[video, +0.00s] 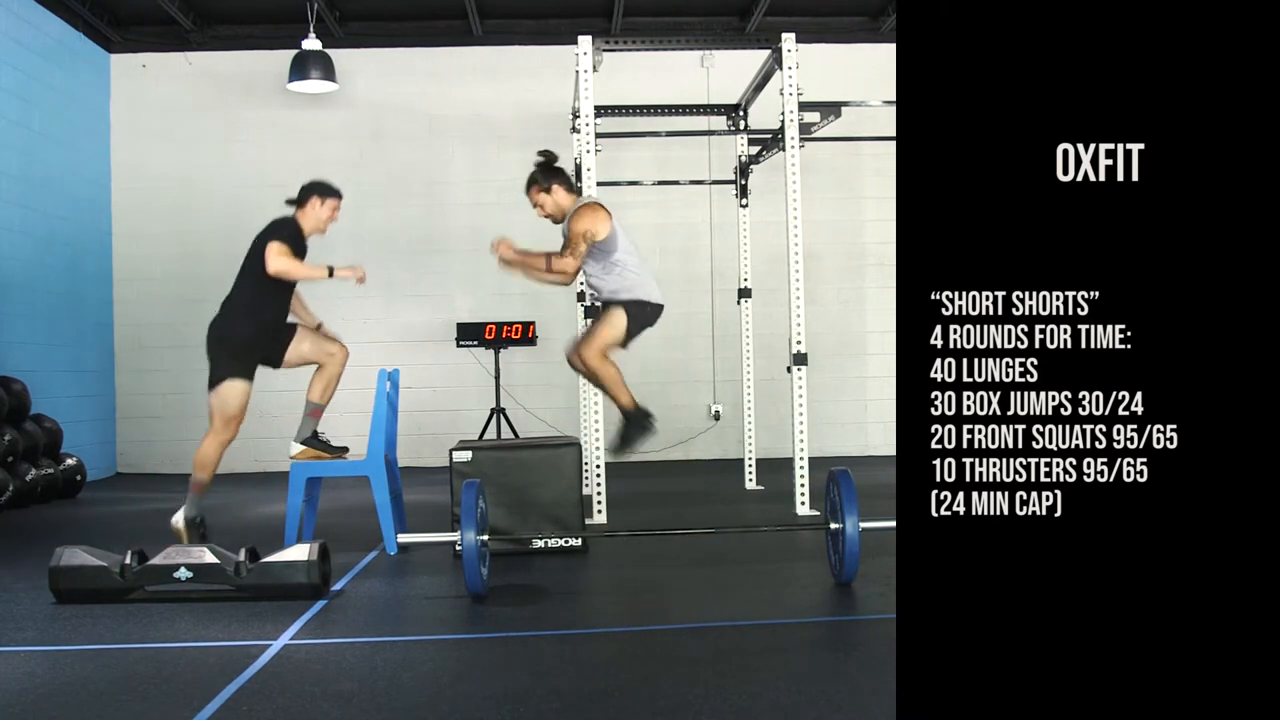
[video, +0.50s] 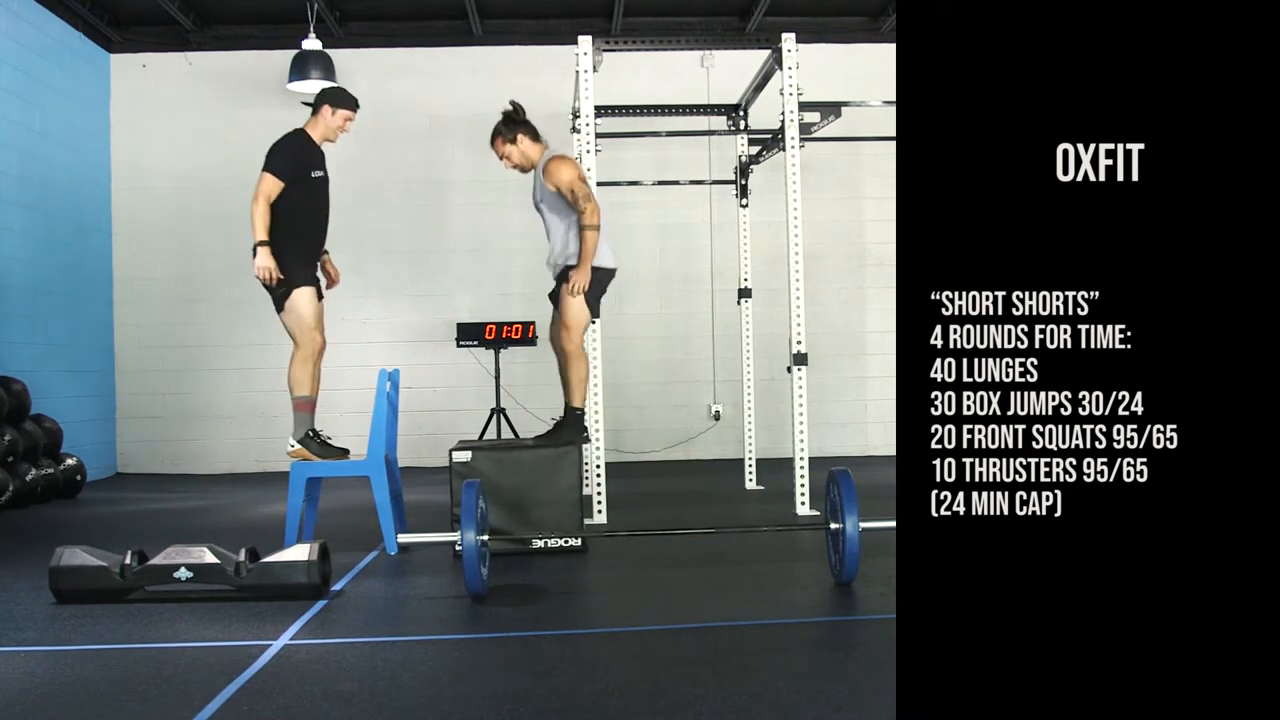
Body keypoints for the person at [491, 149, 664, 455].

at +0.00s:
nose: (540, 214)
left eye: (539, 205)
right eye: (536, 207)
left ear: (555, 190)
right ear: (555, 190)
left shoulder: (585, 215)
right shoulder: (580, 218)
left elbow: (567, 263)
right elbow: (566, 276)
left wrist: (516, 254)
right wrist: (518, 265)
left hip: (637, 300)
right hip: (621, 301)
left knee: (589, 352)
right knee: (576, 355)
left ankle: (635, 415)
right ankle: (632, 413)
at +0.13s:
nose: (522, 218)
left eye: (519, 210)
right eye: (516, 213)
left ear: (535, 194)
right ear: (535, 195)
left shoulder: (574, 219)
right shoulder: (563, 224)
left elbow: (571, 275)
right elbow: (563, 281)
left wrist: (536, 306)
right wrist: (534, 322)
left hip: (628, 286)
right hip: (616, 287)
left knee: (564, 331)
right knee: (560, 331)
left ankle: (582, 411)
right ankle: (579, 410)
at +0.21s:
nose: (515, 215)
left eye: (513, 206)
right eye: (510, 209)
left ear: (528, 191)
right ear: (530, 192)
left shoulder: (563, 218)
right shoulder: (553, 223)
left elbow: (584, 270)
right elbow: (569, 277)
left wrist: (563, 312)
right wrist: (561, 314)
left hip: (614, 299)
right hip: (603, 298)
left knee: (556, 350)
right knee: (555, 348)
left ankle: (580, 427)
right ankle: (579, 426)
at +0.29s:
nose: (509, 204)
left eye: (508, 195)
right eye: (505, 199)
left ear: (524, 181)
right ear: (525, 183)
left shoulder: (559, 209)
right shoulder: (549, 213)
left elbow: (589, 254)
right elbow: (584, 256)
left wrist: (579, 303)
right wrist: (575, 302)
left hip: (603, 297)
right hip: (596, 296)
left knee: (547, 348)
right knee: (546, 347)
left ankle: (572, 424)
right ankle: (571, 423)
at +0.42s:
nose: (506, 179)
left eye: (504, 170)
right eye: (502, 174)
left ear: (521, 155)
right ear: (520, 158)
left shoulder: (556, 183)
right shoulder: (545, 189)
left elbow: (591, 223)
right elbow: (576, 233)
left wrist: (583, 278)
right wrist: (567, 282)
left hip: (592, 277)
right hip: (579, 278)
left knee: (553, 341)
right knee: (550, 341)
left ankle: (572, 422)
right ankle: (569, 420)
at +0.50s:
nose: (506, 163)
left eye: (505, 155)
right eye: (502, 159)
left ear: (522, 139)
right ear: (523, 141)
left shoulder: (557, 167)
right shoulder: (543, 175)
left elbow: (590, 209)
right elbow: (571, 221)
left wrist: (584, 266)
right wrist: (564, 269)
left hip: (583, 268)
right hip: (568, 269)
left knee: (569, 337)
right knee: (558, 338)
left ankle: (576, 421)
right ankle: (571, 418)